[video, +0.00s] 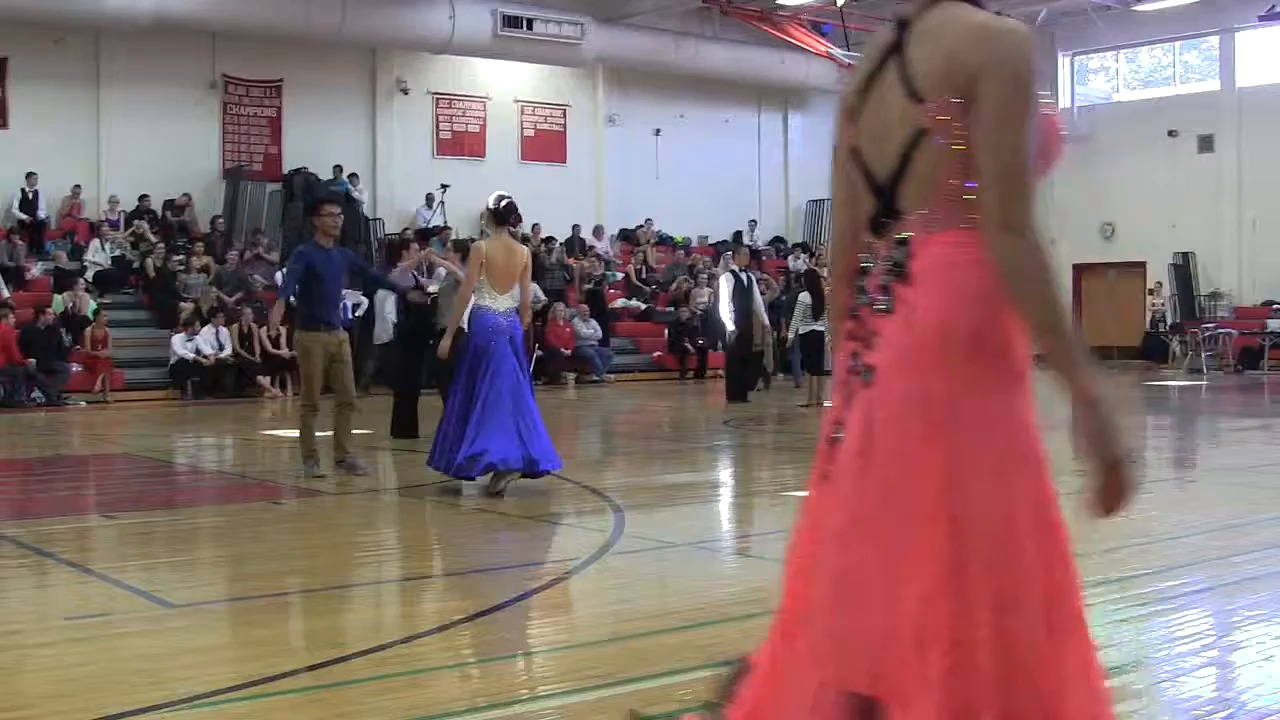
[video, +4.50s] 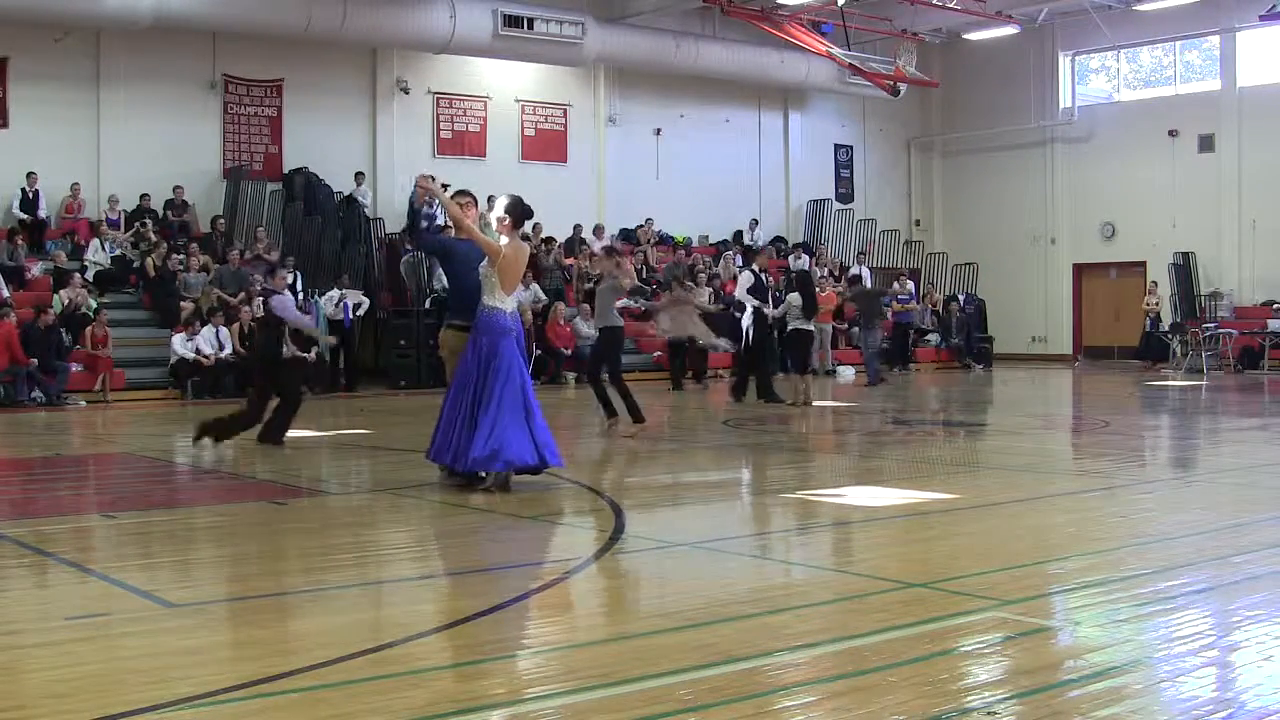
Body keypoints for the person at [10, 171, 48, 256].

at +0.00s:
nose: (35, 181)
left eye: (36, 179)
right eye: (33, 179)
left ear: (37, 180)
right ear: (28, 180)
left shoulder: (39, 193)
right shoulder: (20, 192)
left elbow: (42, 210)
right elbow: (14, 209)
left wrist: (39, 217)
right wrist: (25, 217)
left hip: (36, 218)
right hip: (24, 219)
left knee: (42, 224)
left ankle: (40, 248)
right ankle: (32, 248)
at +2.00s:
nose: (36, 181)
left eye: (37, 178)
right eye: (34, 178)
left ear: (38, 180)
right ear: (28, 179)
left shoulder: (39, 193)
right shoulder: (20, 192)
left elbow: (42, 208)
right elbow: (15, 209)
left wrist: (41, 216)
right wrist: (25, 217)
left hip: (36, 217)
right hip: (25, 217)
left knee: (42, 223)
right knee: (33, 226)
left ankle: (40, 248)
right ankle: (32, 248)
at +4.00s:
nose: (35, 181)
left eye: (36, 179)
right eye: (33, 179)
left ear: (37, 180)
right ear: (27, 180)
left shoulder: (39, 193)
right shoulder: (20, 192)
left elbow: (42, 208)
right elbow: (14, 209)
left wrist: (42, 216)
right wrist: (25, 217)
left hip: (36, 217)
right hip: (25, 217)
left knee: (42, 223)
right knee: (32, 226)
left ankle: (40, 247)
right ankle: (31, 247)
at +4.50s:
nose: (35, 181)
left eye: (36, 179)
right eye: (32, 178)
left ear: (37, 180)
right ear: (27, 180)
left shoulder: (39, 193)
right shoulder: (20, 192)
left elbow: (42, 209)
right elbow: (14, 210)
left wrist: (42, 216)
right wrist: (25, 217)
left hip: (36, 217)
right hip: (25, 218)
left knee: (43, 224)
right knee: (33, 226)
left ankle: (40, 248)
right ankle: (32, 248)